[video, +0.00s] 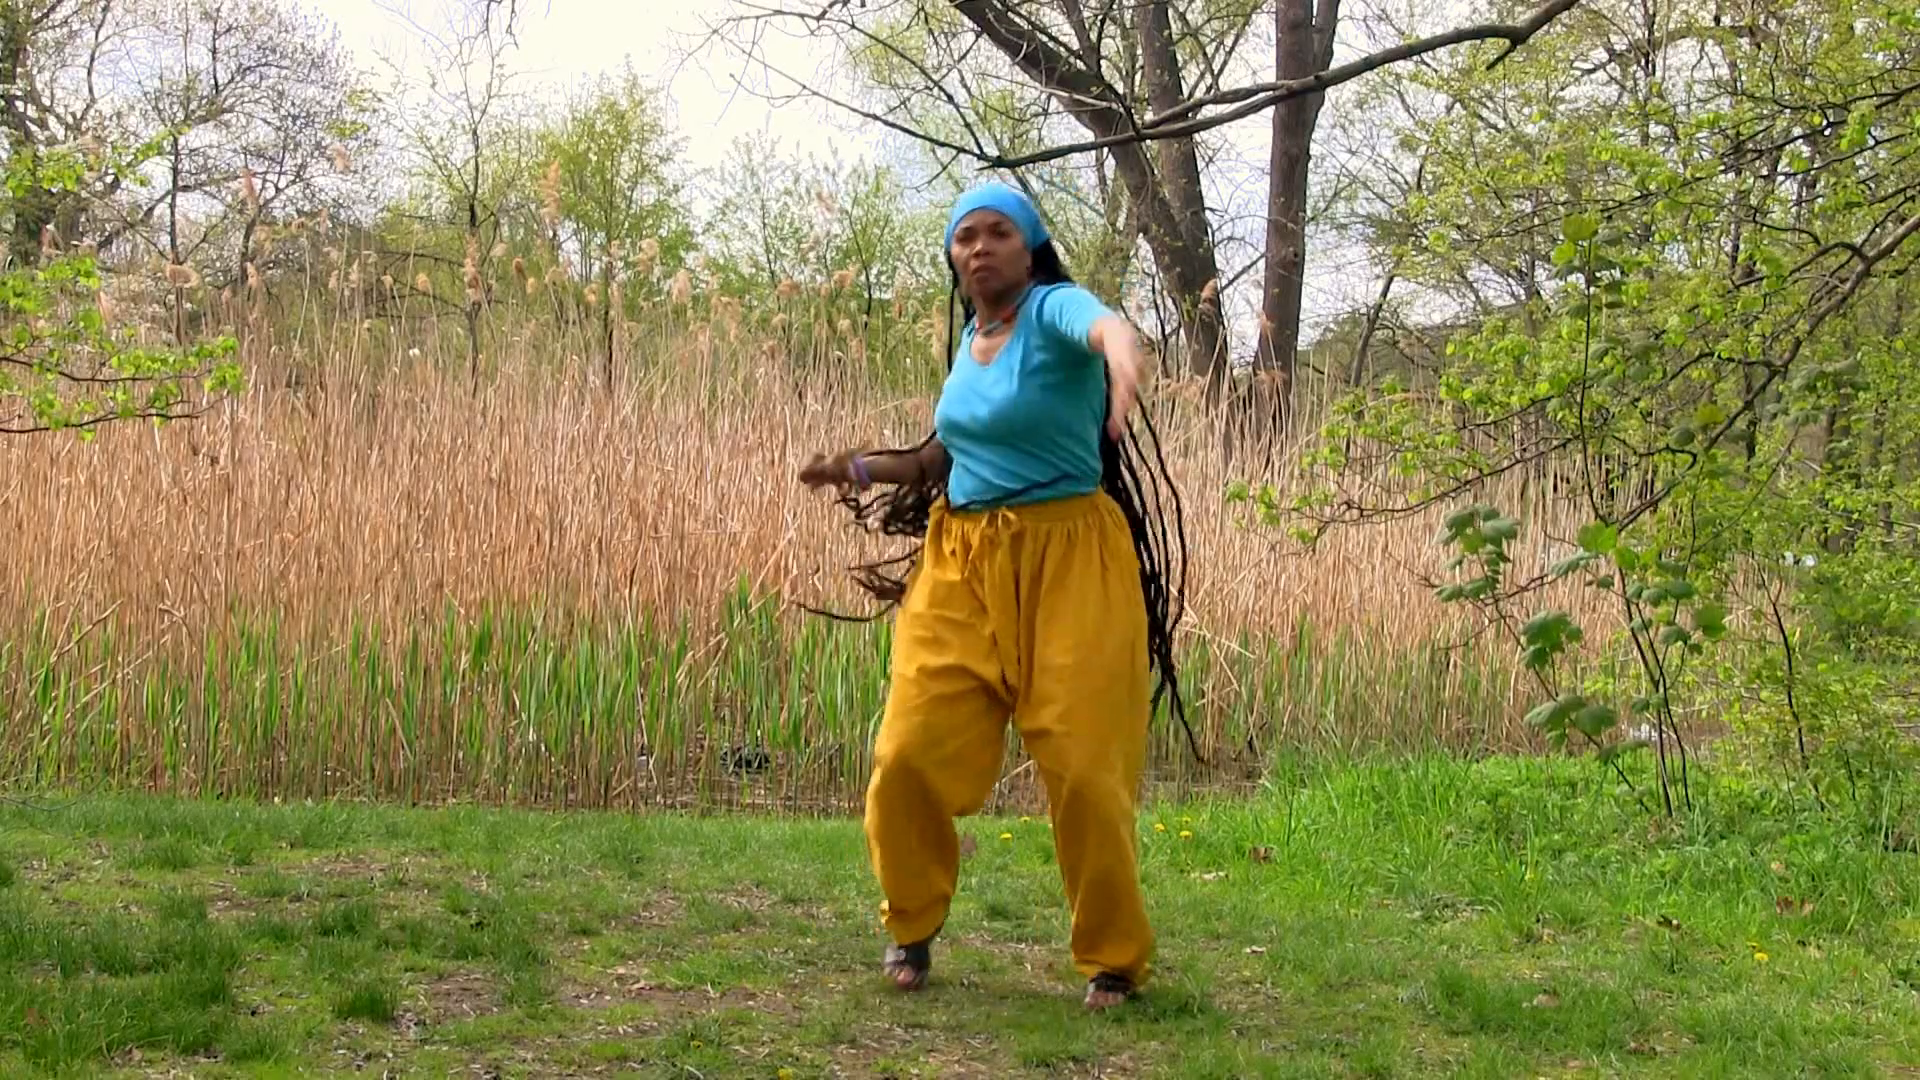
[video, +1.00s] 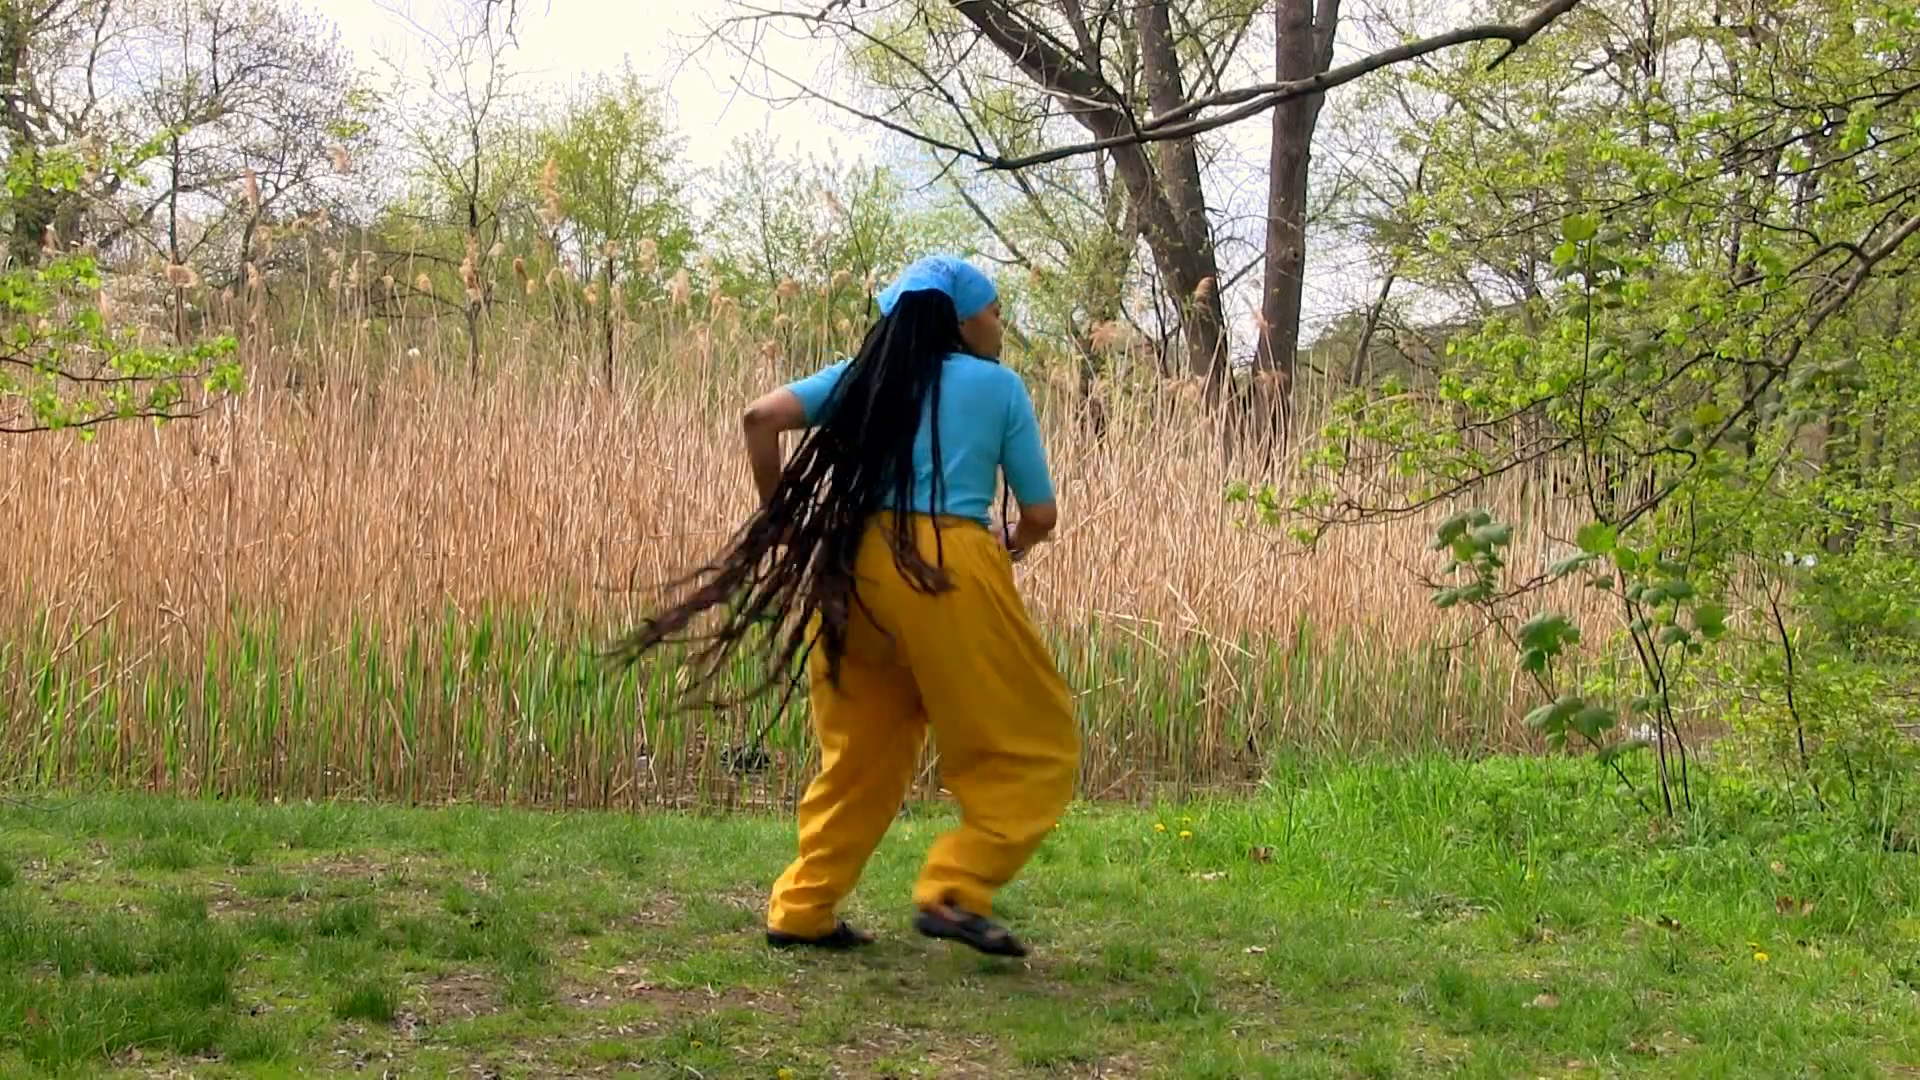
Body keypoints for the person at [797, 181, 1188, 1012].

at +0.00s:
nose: (980, 246)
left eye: (998, 233)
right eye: (966, 237)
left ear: (1033, 251)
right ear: (954, 261)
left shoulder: (1058, 307)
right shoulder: (967, 342)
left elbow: (1116, 334)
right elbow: (943, 456)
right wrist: (857, 467)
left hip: (1072, 550)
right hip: (962, 553)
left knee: (1085, 767)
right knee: (900, 755)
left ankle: (1112, 963)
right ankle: (910, 928)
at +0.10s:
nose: (937, 275)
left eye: (952, 261)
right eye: (924, 268)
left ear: (990, 274)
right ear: (913, 291)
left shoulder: (1034, 343)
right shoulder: (937, 378)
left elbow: (1137, 414)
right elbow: (910, 468)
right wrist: (811, 471)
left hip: (1058, 574)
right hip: (956, 582)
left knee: (1065, 772)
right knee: (906, 770)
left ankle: (1112, 962)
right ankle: (917, 945)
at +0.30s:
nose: (926, 256)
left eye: (935, 241)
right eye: (905, 248)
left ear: (955, 251)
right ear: (878, 271)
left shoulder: (1021, 314)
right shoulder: (861, 368)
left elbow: (1072, 399)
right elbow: (863, 479)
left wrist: (1101, 502)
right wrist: (841, 542)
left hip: (1037, 544)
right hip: (919, 559)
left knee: (1071, 735)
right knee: (904, 750)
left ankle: (1103, 948)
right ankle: (913, 941)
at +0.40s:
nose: (984, 223)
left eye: (984, 210)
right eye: (965, 214)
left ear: (984, 221)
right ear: (915, 238)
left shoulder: (997, 292)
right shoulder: (884, 333)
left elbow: (1000, 393)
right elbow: (915, 465)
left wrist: (1059, 466)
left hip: (1009, 509)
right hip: (912, 526)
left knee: (1078, 686)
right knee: (917, 742)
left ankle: (1042, 886)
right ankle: (899, 934)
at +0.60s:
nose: (1016, 231)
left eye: (1014, 216)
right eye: (1005, 217)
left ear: (950, 227)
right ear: (964, 226)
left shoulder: (898, 296)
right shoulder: (970, 303)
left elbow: (826, 402)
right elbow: (1007, 441)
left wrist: (876, 463)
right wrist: (1046, 471)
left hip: (881, 499)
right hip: (928, 510)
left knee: (1004, 691)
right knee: (904, 714)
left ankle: (887, 842)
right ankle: (838, 930)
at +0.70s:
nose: (1012, 258)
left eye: (1009, 242)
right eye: (1001, 243)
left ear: (925, 251)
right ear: (964, 250)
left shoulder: (875, 313)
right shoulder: (994, 327)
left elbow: (772, 392)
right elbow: (1014, 471)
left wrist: (804, 481)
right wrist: (1005, 515)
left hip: (857, 514)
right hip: (940, 524)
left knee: (890, 711)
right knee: (939, 729)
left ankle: (826, 884)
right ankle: (850, 933)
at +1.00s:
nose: (1001, 322)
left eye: (996, 309)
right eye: (991, 311)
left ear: (917, 319)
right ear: (959, 320)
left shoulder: (868, 371)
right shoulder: (997, 384)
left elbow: (763, 416)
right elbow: (1040, 514)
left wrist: (778, 513)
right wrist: (1012, 544)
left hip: (852, 558)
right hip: (949, 564)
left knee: (862, 741)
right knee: (1038, 743)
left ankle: (802, 909)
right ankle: (956, 890)